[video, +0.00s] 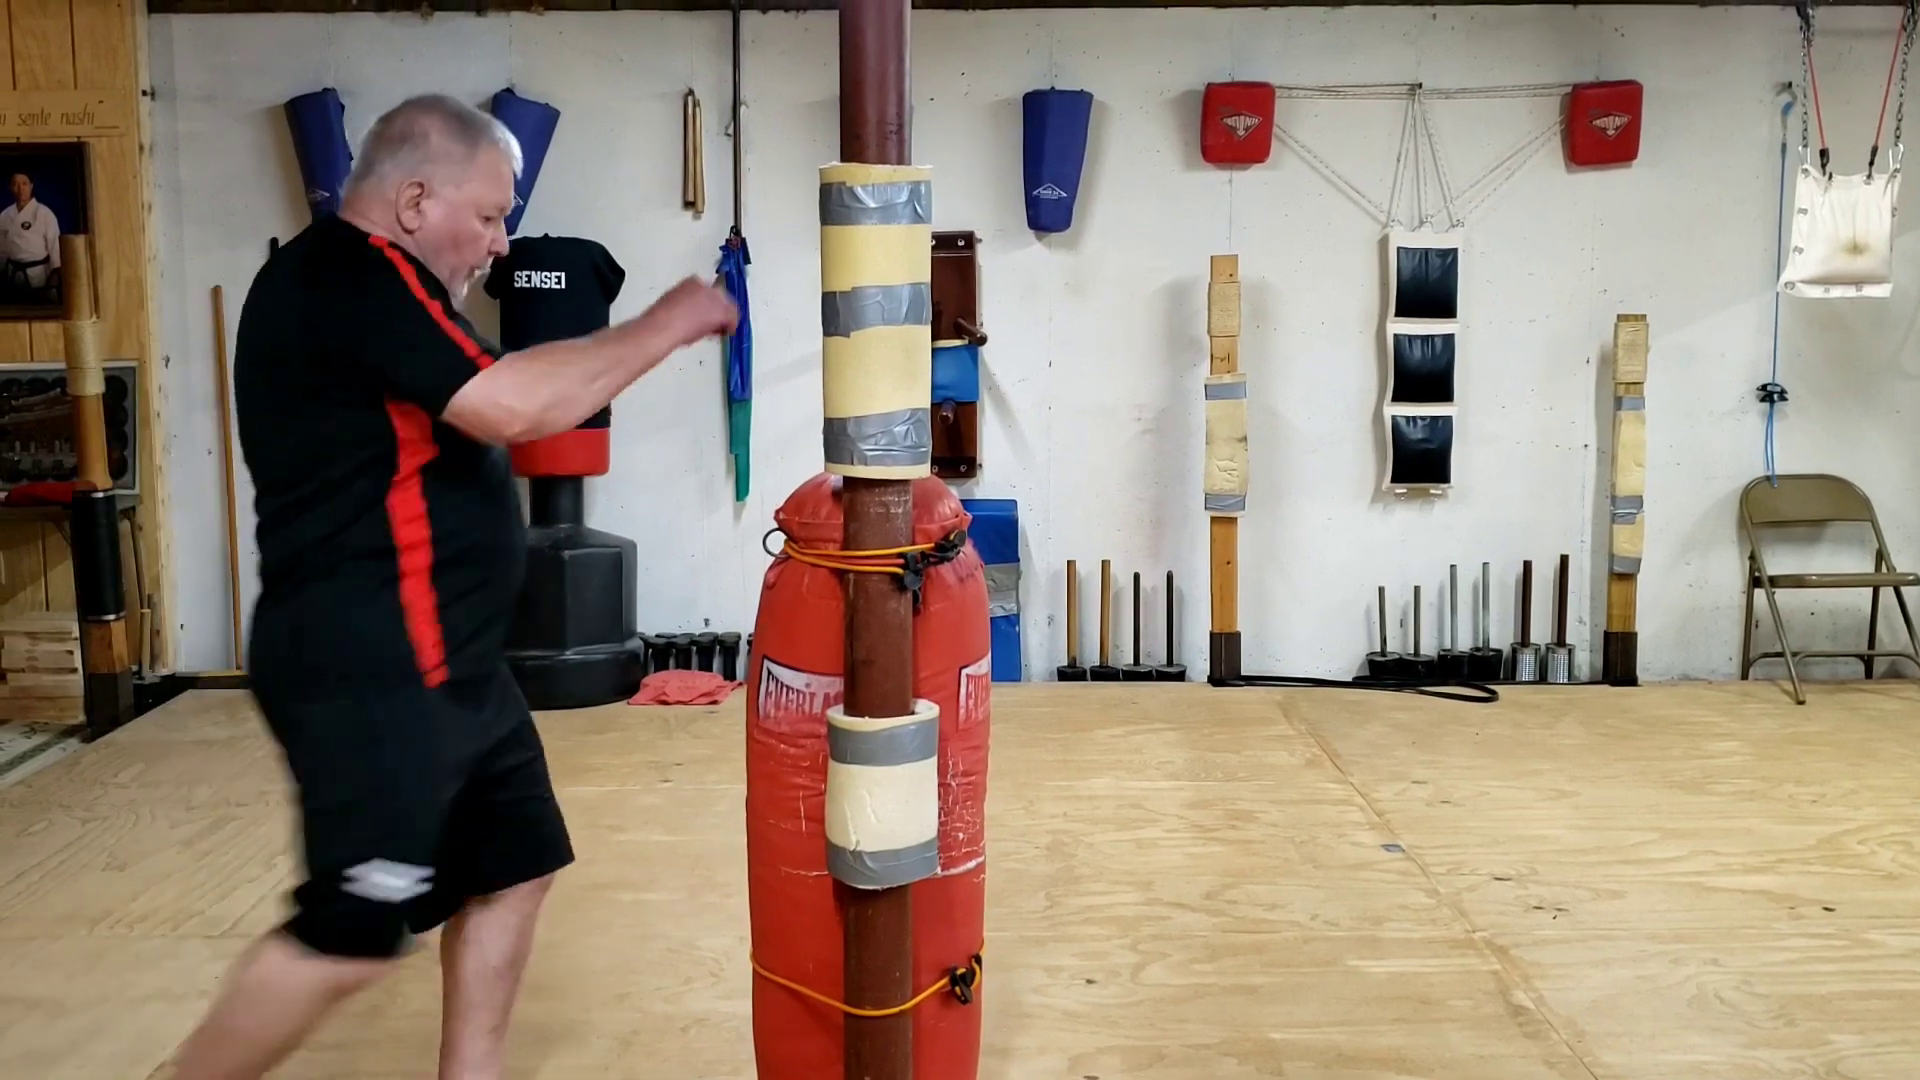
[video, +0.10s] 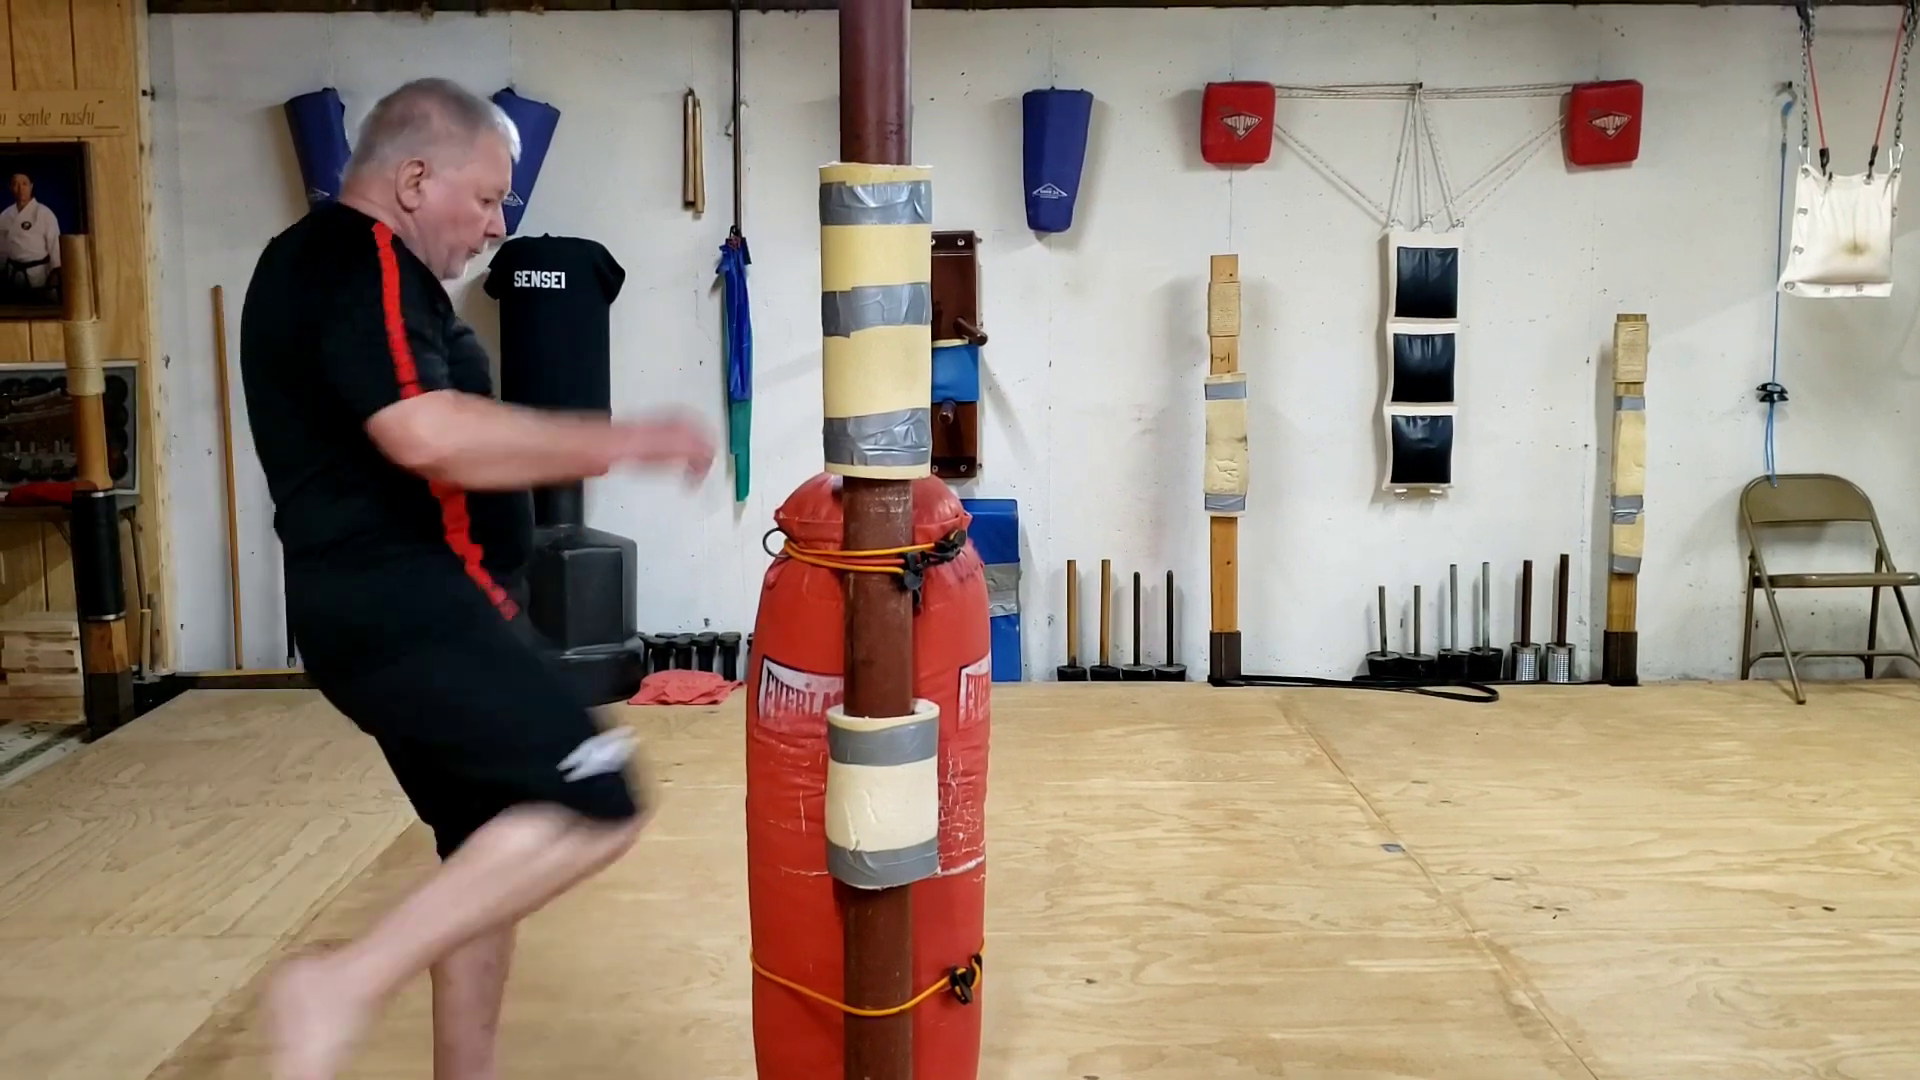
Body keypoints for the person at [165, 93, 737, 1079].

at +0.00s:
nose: (501, 245)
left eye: (504, 222)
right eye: (490, 218)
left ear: (411, 205)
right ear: (413, 203)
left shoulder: (372, 275)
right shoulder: (345, 278)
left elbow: (488, 397)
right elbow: (510, 404)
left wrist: (619, 349)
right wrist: (667, 326)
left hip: (450, 652)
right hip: (361, 664)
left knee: (513, 863)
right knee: (359, 920)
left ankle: (468, 1074)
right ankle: (190, 1071)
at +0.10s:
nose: (498, 229)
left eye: (502, 209)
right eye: (491, 202)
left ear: (407, 181)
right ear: (415, 177)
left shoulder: (330, 260)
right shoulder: (352, 258)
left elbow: (440, 433)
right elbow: (423, 432)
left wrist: (605, 444)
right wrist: (624, 441)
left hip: (374, 603)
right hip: (403, 602)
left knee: (488, 853)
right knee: (596, 800)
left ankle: (466, 1070)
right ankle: (338, 986)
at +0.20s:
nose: (511, 244)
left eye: (514, 222)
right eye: (503, 216)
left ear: (425, 196)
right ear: (431, 193)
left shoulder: (330, 271)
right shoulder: (363, 268)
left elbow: (407, 447)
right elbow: (353, 453)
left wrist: (525, 512)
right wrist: (518, 577)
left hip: (379, 627)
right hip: (431, 602)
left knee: (494, 846)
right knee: (700, 649)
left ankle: (466, 1070)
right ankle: (759, 895)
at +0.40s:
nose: (518, 245)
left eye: (522, 222)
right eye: (509, 217)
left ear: (429, 200)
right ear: (434, 196)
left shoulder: (355, 267)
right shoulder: (367, 266)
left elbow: (395, 465)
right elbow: (371, 454)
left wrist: (519, 506)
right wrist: (550, 556)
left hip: (368, 610)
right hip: (395, 606)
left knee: (495, 850)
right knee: (643, 738)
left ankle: (474, 1052)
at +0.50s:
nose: (518, 242)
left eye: (523, 219)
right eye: (508, 214)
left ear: (431, 201)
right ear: (430, 196)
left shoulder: (392, 278)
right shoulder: (348, 266)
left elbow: (410, 460)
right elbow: (403, 449)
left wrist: (500, 537)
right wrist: (601, 463)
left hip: (433, 626)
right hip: (356, 635)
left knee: (505, 864)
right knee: (465, 880)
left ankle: (468, 1074)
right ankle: (270, 1074)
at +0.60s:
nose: (512, 255)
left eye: (514, 232)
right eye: (498, 228)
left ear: (416, 221)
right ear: (415, 218)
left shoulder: (377, 296)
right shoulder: (329, 287)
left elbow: (344, 502)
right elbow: (422, 465)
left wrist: (464, 582)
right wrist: (599, 422)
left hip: (433, 675)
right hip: (320, 689)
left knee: (515, 867)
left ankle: (472, 1075)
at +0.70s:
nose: (487, 275)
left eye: (492, 250)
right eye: (470, 250)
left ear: (389, 245)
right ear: (383, 239)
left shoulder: (391, 323)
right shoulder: (279, 312)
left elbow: (395, 489)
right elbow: (352, 499)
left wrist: (476, 543)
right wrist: (525, 428)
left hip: (414, 678)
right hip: (283, 694)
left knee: (513, 870)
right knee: (253, 962)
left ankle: (470, 1074)